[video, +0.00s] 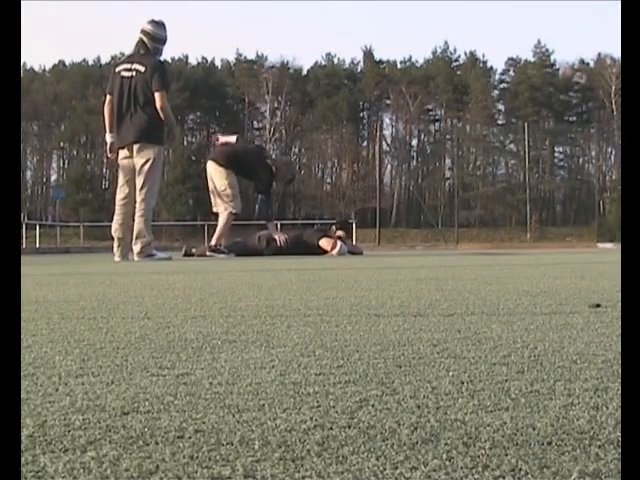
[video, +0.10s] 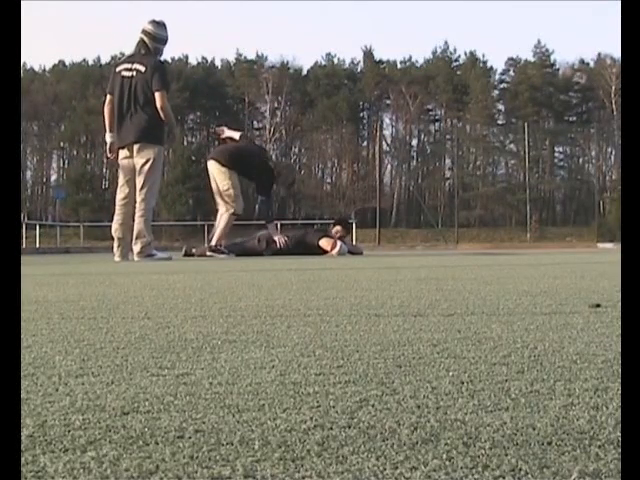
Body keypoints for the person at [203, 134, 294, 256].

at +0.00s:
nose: (282, 182)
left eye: (286, 180)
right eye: (285, 179)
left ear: (277, 163)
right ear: (280, 172)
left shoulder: (260, 152)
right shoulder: (266, 174)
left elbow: (238, 140)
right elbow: (264, 206)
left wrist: (222, 138)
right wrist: (274, 232)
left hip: (214, 160)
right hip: (223, 165)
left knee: (224, 208)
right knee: (231, 208)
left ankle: (222, 245)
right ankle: (214, 244)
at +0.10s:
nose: (285, 185)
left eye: (288, 184)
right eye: (287, 182)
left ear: (279, 167)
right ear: (282, 175)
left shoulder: (262, 153)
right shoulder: (266, 176)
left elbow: (244, 137)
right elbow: (265, 207)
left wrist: (228, 132)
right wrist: (275, 234)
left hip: (213, 159)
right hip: (223, 164)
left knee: (223, 207)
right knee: (233, 207)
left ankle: (213, 243)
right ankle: (215, 244)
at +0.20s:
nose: (283, 188)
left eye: (287, 185)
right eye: (286, 184)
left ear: (280, 168)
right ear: (282, 176)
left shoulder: (261, 153)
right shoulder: (267, 176)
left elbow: (236, 136)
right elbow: (264, 209)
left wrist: (233, 135)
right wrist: (275, 235)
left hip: (214, 158)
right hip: (224, 163)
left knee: (226, 200)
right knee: (235, 208)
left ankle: (205, 227)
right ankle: (216, 243)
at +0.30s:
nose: (282, 190)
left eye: (286, 188)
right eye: (286, 187)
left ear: (281, 170)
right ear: (283, 179)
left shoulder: (265, 159)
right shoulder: (268, 175)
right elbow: (266, 207)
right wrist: (275, 235)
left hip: (215, 158)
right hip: (226, 164)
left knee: (219, 202)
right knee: (234, 209)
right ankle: (215, 244)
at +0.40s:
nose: (284, 191)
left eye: (288, 189)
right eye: (287, 188)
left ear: (282, 172)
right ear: (284, 180)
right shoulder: (268, 177)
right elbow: (266, 208)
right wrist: (275, 235)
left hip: (215, 159)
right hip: (227, 165)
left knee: (214, 204)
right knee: (235, 209)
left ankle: (181, 216)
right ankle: (216, 244)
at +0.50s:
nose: (287, 193)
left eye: (290, 190)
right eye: (290, 189)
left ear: (283, 176)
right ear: (286, 181)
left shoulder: (268, 174)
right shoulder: (270, 179)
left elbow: (267, 204)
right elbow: (266, 207)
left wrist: (273, 224)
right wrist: (274, 235)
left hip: (218, 158)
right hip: (227, 163)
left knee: (207, 202)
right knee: (235, 210)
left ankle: (172, 214)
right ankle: (216, 244)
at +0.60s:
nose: (289, 194)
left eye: (292, 191)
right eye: (291, 190)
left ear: (284, 177)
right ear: (286, 182)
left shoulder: (269, 175)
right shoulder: (271, 180)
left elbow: (270, 202)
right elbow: (267, 209)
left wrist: (277, 219)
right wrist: (274, 235)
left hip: (218, 157)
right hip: (228, 163)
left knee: (207, 201)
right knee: (235, 210)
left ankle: (171, 214)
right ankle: (215, 245)